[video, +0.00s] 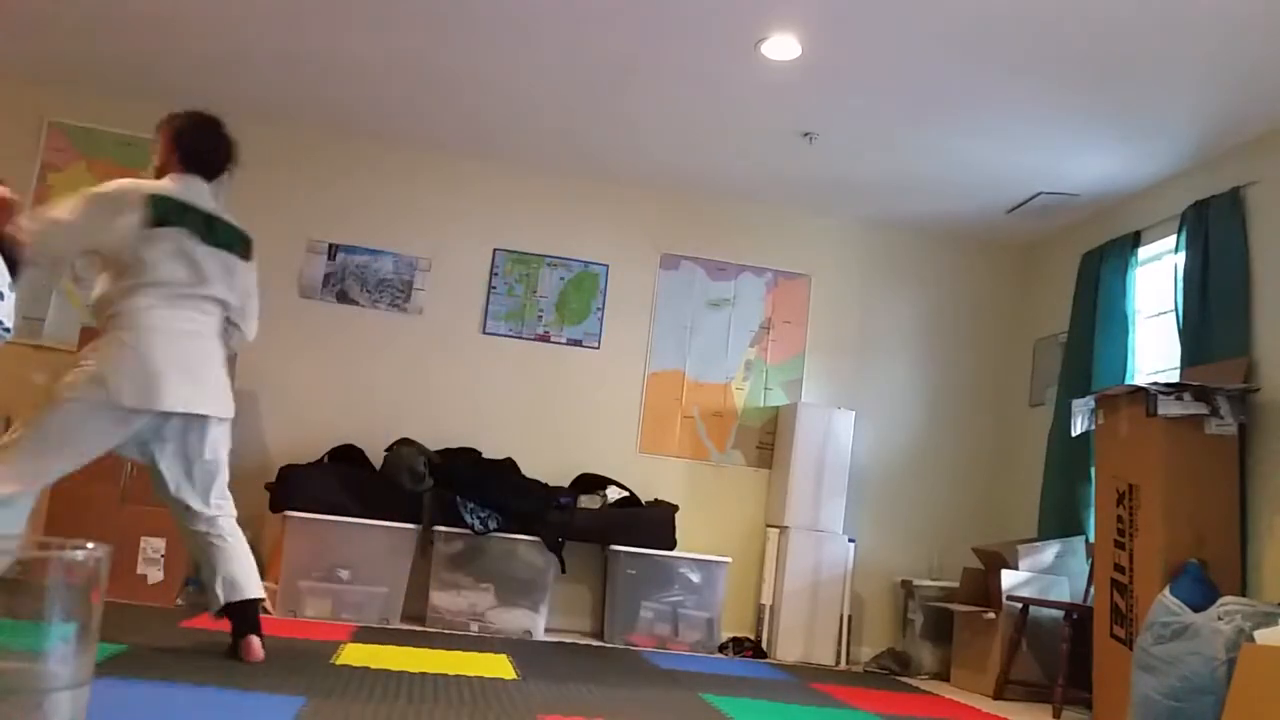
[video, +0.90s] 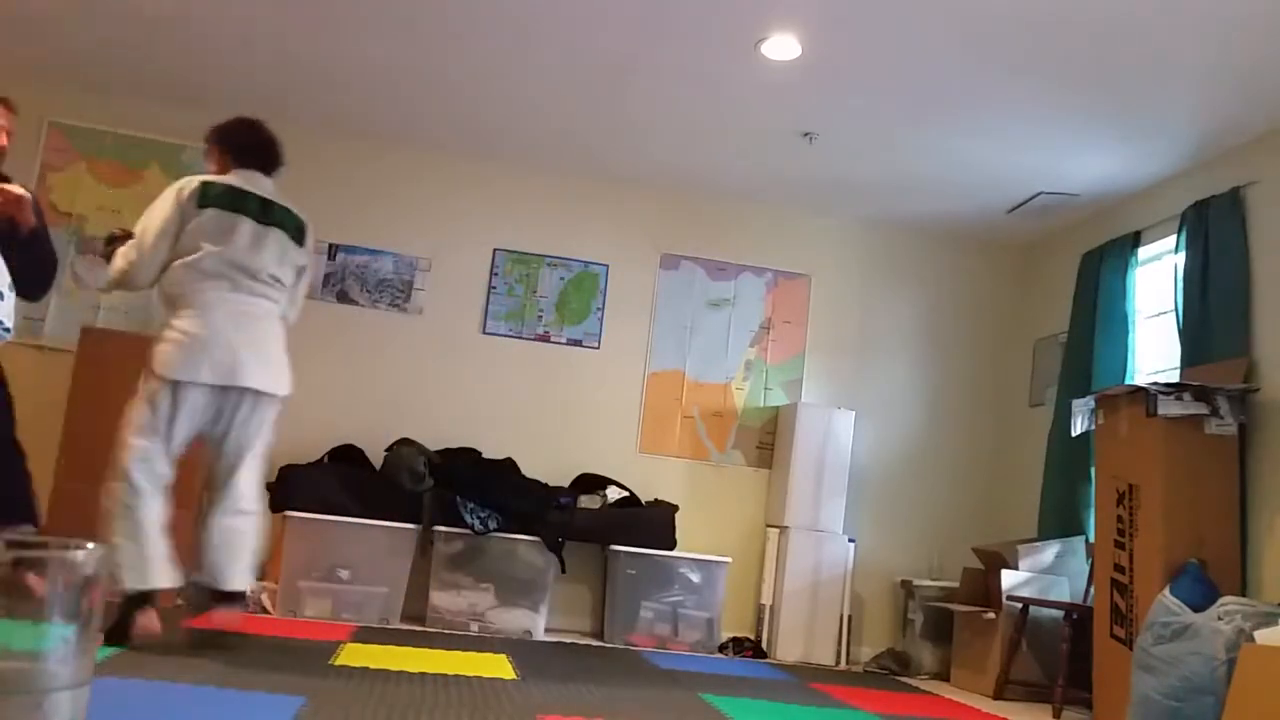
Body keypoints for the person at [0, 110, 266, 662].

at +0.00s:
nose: (156, 153)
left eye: (160, 145)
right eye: (161, 144)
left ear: (169, 153)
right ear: (219, 168)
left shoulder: (132, 198)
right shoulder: (237, 238)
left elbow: (42, 232)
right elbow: (242, 328)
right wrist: (193, 354)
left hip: (128, 373)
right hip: (204, 388)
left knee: (17, 471)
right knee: (211, 508)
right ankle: (248, 629)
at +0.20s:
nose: (92, 156)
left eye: (98, 150)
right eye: (98, 149)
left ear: (104, 156)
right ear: (158, 176)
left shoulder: (55, 194)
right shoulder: (177, 233)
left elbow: (2, 215)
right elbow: (198, 312)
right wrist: (154, 367)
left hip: (42, 370)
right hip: (131, 383)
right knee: (167, 498)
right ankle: (205, 598)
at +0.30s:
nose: (83, 142)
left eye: (88, 136)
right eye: (89, 135)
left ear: (97, 142)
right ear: (150, 159)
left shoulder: (52, 179)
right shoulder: (172, 218)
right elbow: (188, 299)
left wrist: (21, 286)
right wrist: (139, 329)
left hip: (40, 343)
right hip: (123, 358)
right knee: (143, 481)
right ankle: (171, 585)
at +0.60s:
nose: (130, 168)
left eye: (134, 160)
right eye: (135, 160)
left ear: (142, 165)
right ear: (192, 178)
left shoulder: (103, 197)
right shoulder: (214, 243)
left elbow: (24, 255)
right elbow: (194, 327)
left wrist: (8, 237)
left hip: (77, 359)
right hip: (150, 380)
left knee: (0, 469)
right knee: (144, 507)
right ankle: (159, 611)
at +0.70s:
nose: (154, 173)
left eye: (159, 164)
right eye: (158, 163)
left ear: (173, 170)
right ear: (222, 181)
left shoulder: (139, 205)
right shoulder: (246, 247)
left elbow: (73, 275)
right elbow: (231, 331)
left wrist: (61, 244)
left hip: (122, 372)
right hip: (193, 389)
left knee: (22, 472)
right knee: (167, 510)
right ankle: (165, 617)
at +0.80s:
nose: (186, 167)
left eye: (189, 159)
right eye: (189, 159)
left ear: (199, 162)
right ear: (250, 171)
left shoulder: (169, 198)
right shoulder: (275, 234)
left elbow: (109, 273)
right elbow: (266, 314)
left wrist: (92, 255)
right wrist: (223, 291)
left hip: (163, 356)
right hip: (232, 373)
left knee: (88, 461)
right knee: (199, 494)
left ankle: (32, 572)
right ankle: (173, 610)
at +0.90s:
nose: (208, 165)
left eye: (210, 157)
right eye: (210, 157)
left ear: (220, 158)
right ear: (272, 167)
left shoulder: (192, 191)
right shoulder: (298, 226)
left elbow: (138, 269)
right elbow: (290, 310)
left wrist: (116, 261)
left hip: (194, 351)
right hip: (265, 362)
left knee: (142, 463)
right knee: (241, 479)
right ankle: (229, 595)